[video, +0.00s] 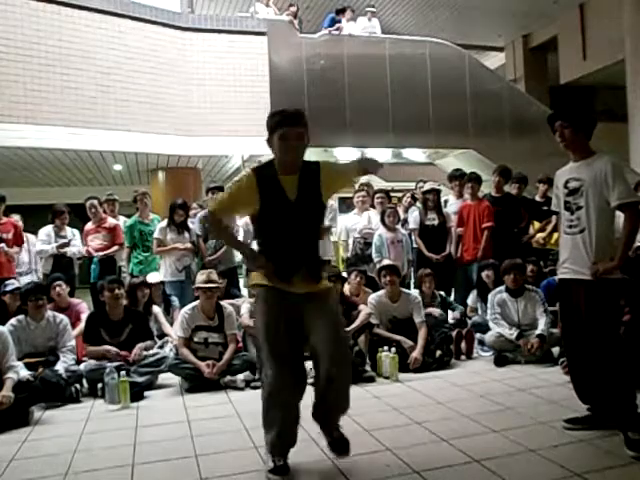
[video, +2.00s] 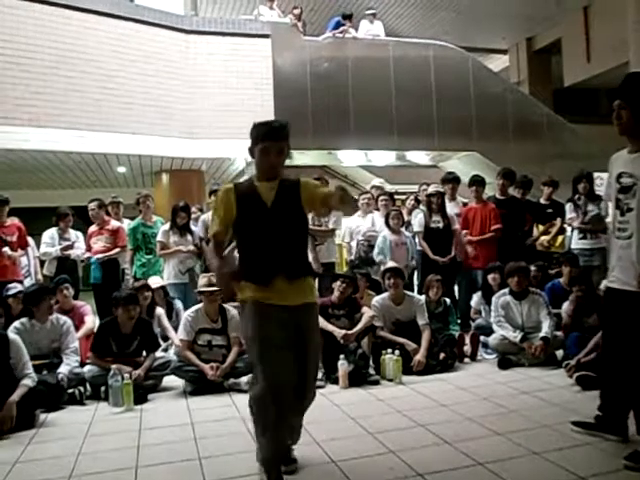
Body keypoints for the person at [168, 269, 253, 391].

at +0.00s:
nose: (209, 294)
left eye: (213, 290)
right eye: (205, 291)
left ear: (218, 292)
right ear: (197, 292)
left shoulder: (227, 311)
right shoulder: (187, 313)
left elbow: (232, 342)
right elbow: (181, 347)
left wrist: (222, 365)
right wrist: (201, 365)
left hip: (221, 357)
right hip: (197, 359)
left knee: (248, 359)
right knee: (173, 364)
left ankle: (201, 383)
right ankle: (221, 381)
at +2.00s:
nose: (212, 298)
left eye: (215, 293)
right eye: (207, 295)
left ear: (220, 294)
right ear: (200, 297)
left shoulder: (231, 314)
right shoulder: (191, 316)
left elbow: (236, 345)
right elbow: (183, 349)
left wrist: (225, 368)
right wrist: (204, 367)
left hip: (225, 359)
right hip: (200, 360)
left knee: (250, 361)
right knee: (176, 366)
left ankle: (203, 385)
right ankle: (226, 384)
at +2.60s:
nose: (212, 297)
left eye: (215, 293)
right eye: (207, 294)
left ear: (221, 294)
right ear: (200, 296)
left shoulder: (230, 313)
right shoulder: (191, 316)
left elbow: (236, 345)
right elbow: (184, 349)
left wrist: (224, 368)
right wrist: (204, 367)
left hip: (224, 361)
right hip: (200, 362)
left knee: (246, 371)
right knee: (177, 367)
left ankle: (201, 386)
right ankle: (226, 384)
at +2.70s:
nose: (211, 299)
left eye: (214, 295)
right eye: (207, 296)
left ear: (222, 295)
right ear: (201, 297)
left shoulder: (231, 314)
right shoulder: (191, 316)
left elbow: (236, 345)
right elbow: (184, 349)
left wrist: (225, 368)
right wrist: (204, 367)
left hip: (224, 359)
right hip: (200, 360)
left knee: (250, 361)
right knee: (176, 366)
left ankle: (203, 385)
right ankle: (226, 384)